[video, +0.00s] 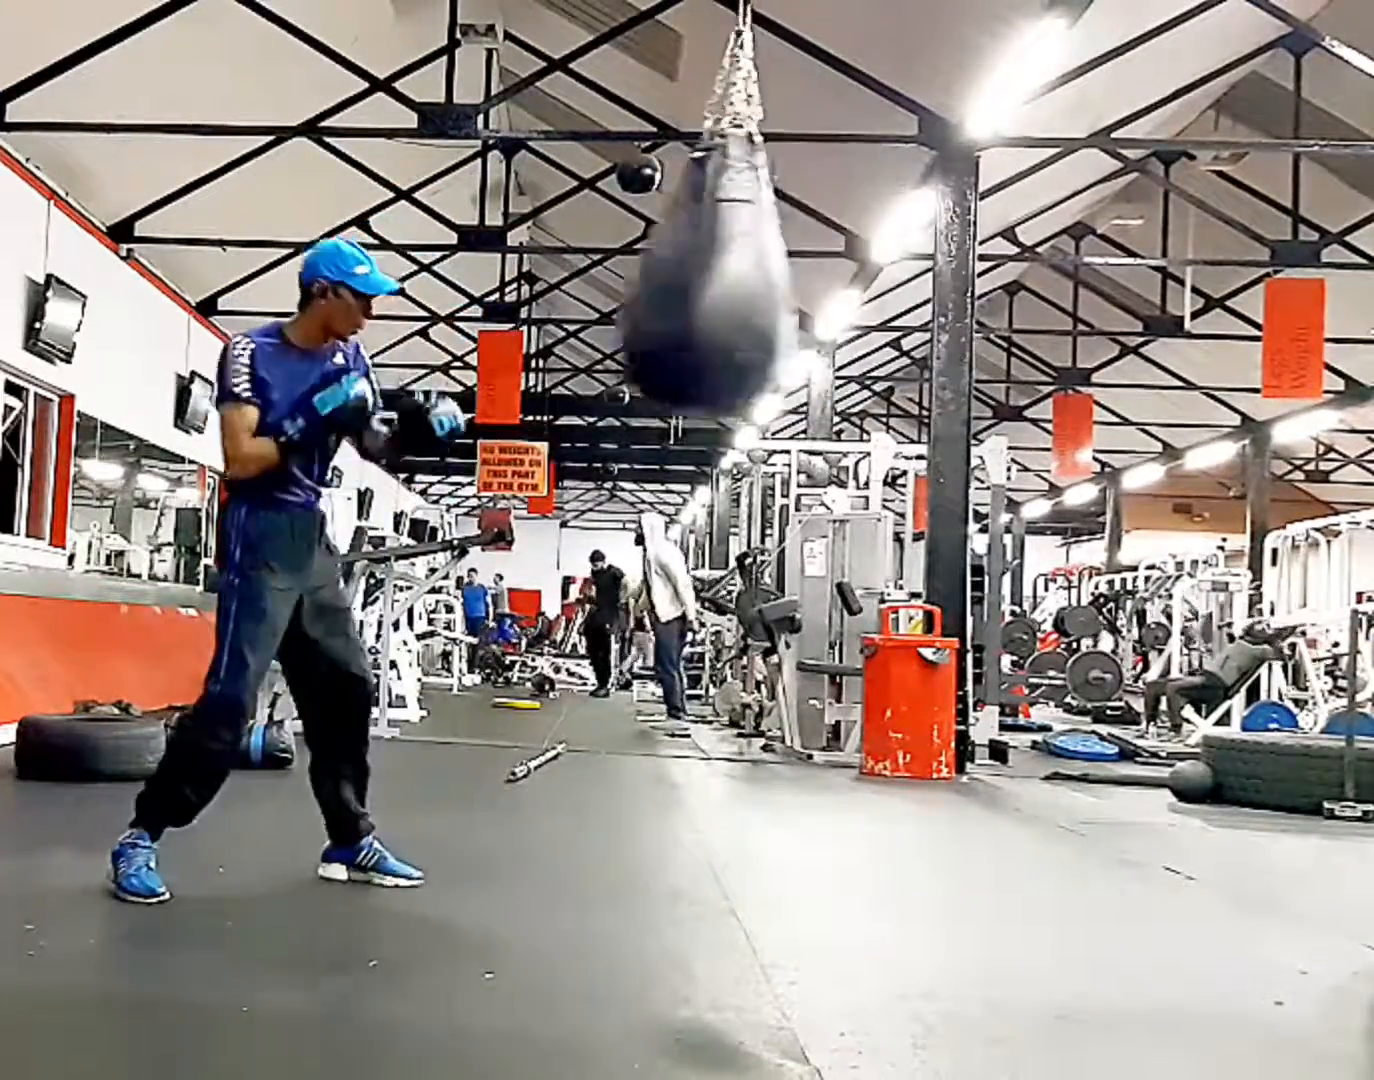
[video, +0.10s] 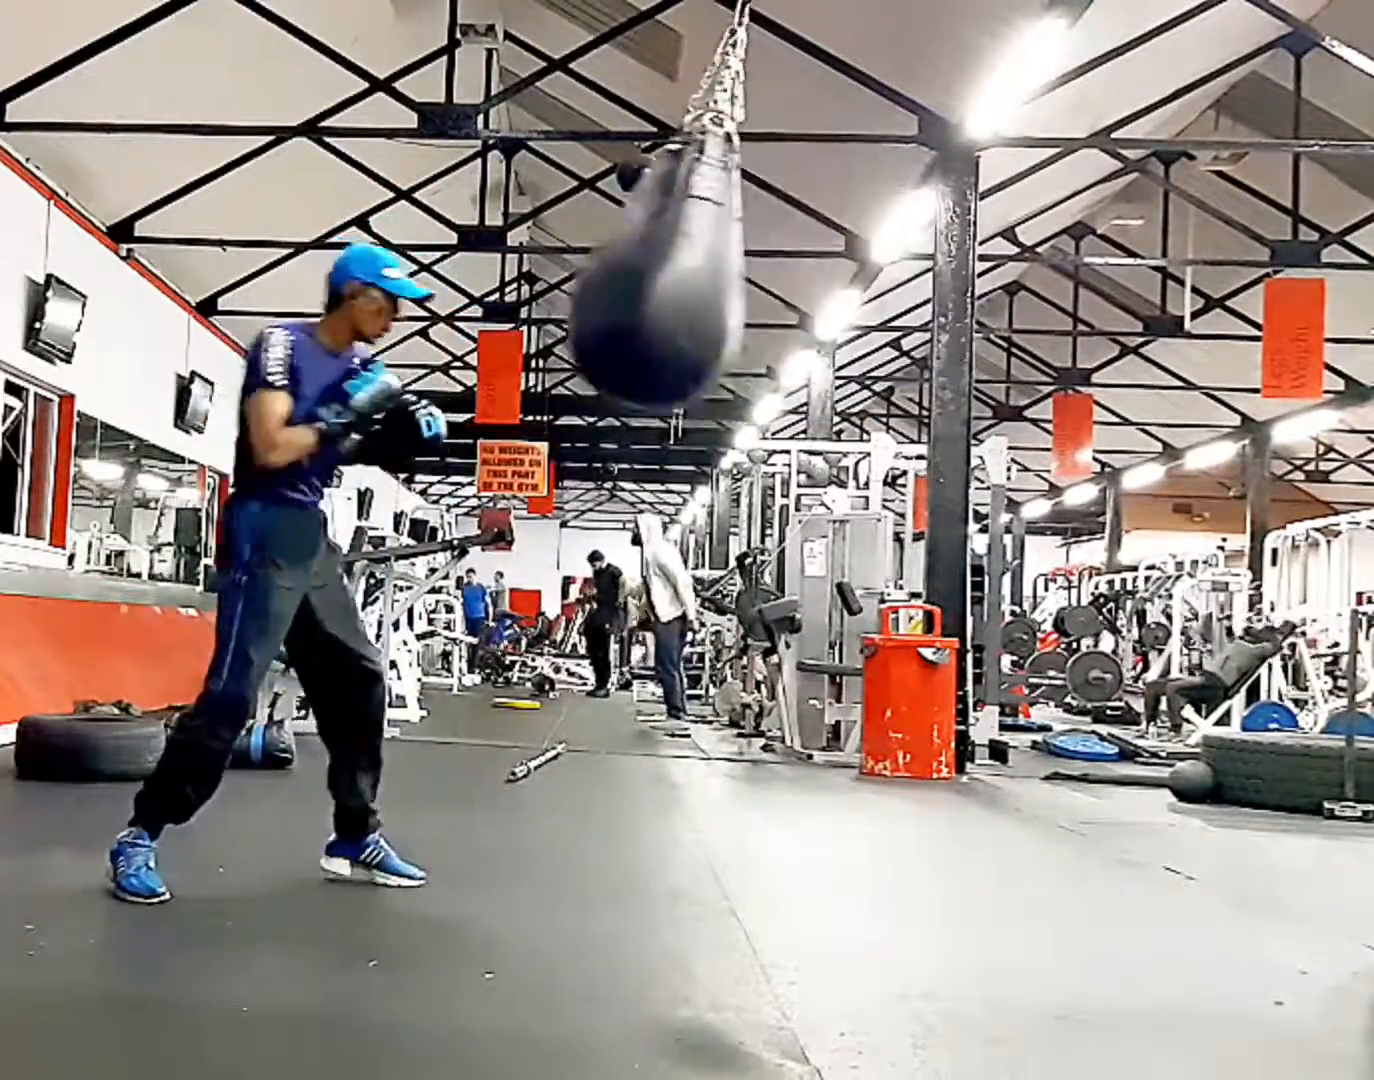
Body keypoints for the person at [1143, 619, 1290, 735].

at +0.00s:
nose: (1264, 628)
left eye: (1266, 627)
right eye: (1261, 625)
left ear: (1264, 635)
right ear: (1250, 630)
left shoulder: (1262, 650)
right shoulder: (1238, 643)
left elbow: (1282, 657)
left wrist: (1275, 641)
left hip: (1217, 682)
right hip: (1203, 673)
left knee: (1173, 687)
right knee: (1151, 687)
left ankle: (1176, 732)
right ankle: (1148, 728)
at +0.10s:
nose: (1252, 628)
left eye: (1258, 627)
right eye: (1253, 626)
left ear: (1262, 635)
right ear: (1250, 630)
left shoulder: (1260, 651)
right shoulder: (1237, 642)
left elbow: (1276, 645)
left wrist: (1280, 633)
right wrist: (1223, 625)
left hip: (1218, 682)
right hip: (1204, 675)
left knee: (1173, 688)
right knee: (1152, 687)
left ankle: (1176, 732)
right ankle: (1148, 729)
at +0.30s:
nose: (1246, 634)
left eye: (1250, 633)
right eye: (1246, 632)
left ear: (1251, 638)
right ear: (1251, 637)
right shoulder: (1232, 644)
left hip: (1217, 683)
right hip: (1201, 677)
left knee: (1174, 687)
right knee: (1151, 688)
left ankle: (1176, 730)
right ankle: (1148, 727)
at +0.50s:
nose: (1247, 633)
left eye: (1249, 632)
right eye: (1243, 631)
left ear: (1252, 635)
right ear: (1239, 633)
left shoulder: (1254, 652)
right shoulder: (1233, 645)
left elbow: (1268, 630)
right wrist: (1229, 603)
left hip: (1218, 682)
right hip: (1202, 676)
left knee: (1174, 688)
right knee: (1152, 688)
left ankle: (1176, 730)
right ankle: (1149, 727)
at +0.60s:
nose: (1248, 632)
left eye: (1252, 631)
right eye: (1245, 631)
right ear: (1243, 633)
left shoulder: (1254, 653)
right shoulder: (1234, 645)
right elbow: (1235, 626)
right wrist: (1229, 605)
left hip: (1218, 682)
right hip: (1203, 676)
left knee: (1174, 688)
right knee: (1152, 688)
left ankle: (1175, 730)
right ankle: (1149, 727)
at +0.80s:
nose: (1260, 628)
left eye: (1265, 626)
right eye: (1259, 625)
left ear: (1269, 637)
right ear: (1256, 628)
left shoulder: (1255, 653)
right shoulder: (1240, 640)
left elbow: (1259, 649)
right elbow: (1237, 627)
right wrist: (1229, 605)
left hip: (1219, 681)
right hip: (1204, 675)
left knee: (1173, 688)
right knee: (1152, 688)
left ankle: (1175, 732)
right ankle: (1148, 727)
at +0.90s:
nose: (1258, 629)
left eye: (1263, 627)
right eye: (1258, 626)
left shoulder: (1255, 654)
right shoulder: (1236, 644)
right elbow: (1237, 628)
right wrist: (1229, 606)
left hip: (1218, 681)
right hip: (1204, 675)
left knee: (1173, 688)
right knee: (1152, 688)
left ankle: (1175, 731)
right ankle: (1148, 726)